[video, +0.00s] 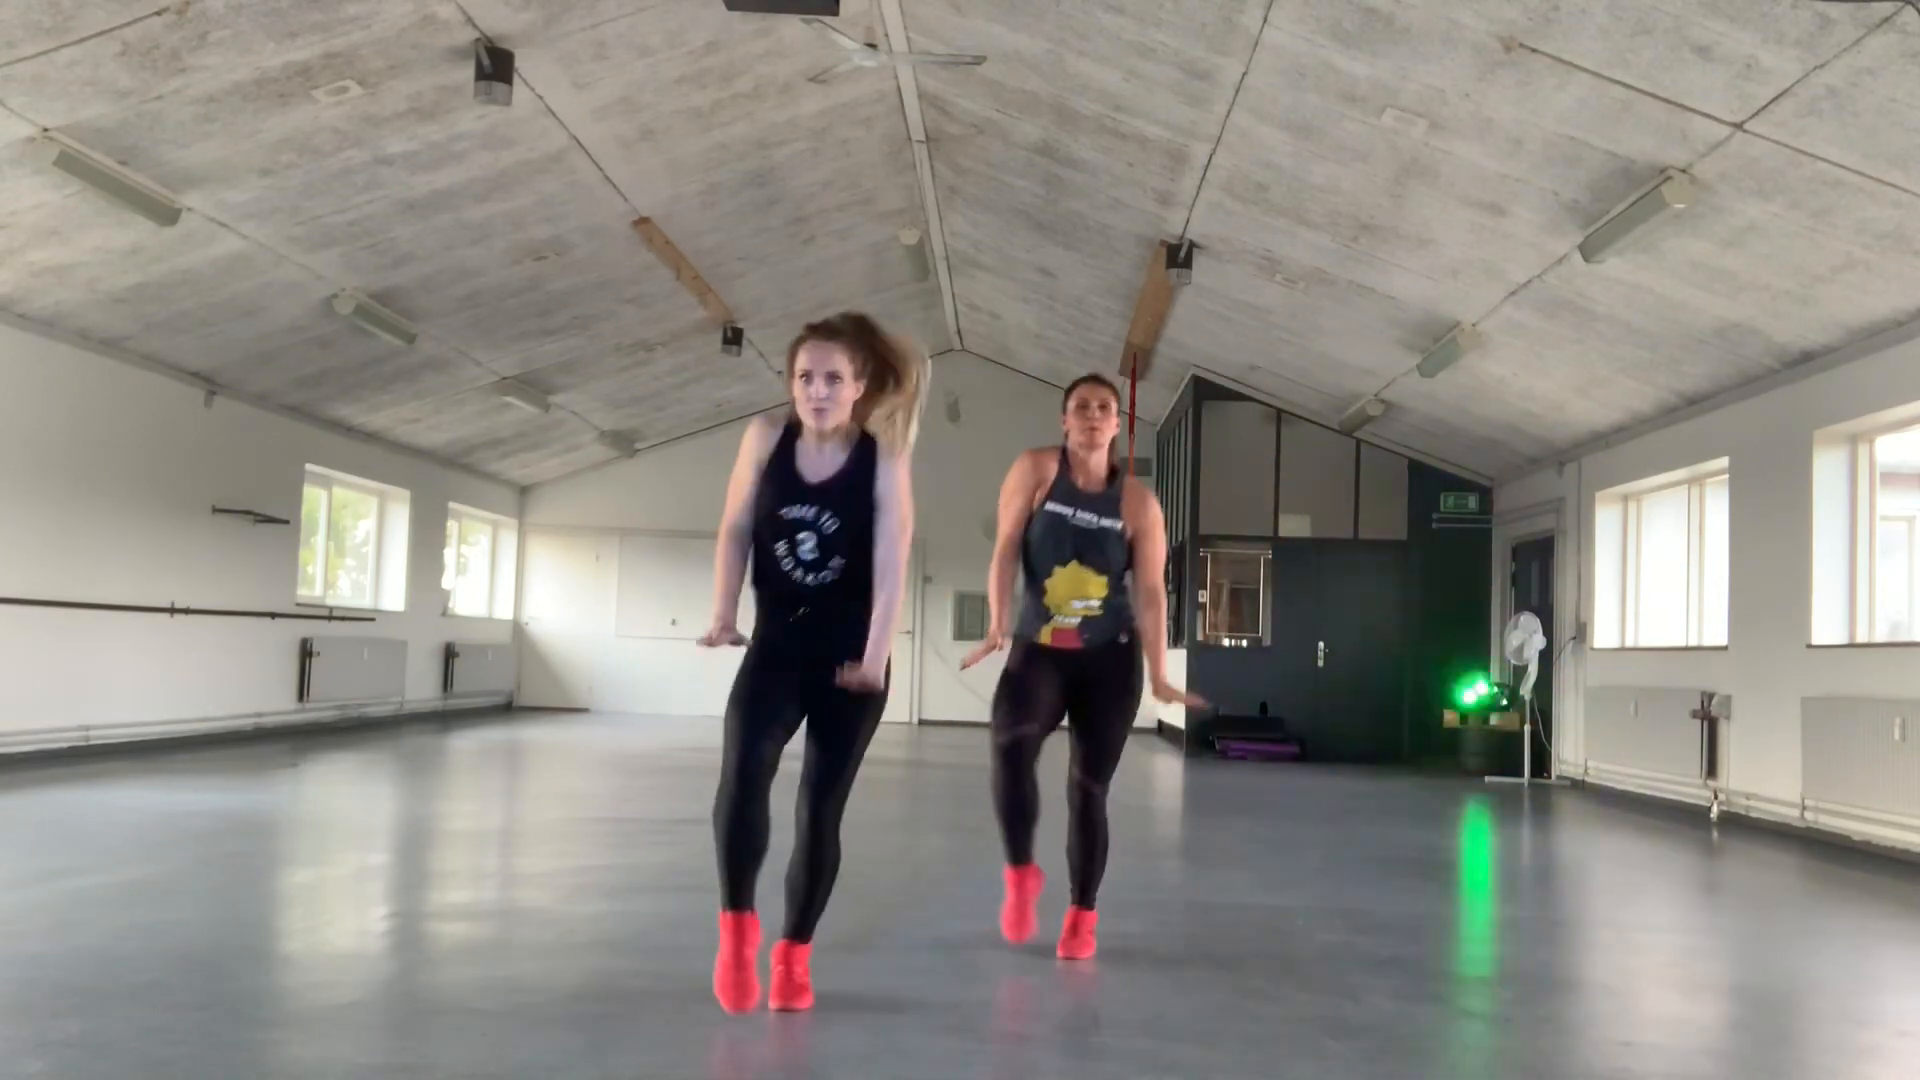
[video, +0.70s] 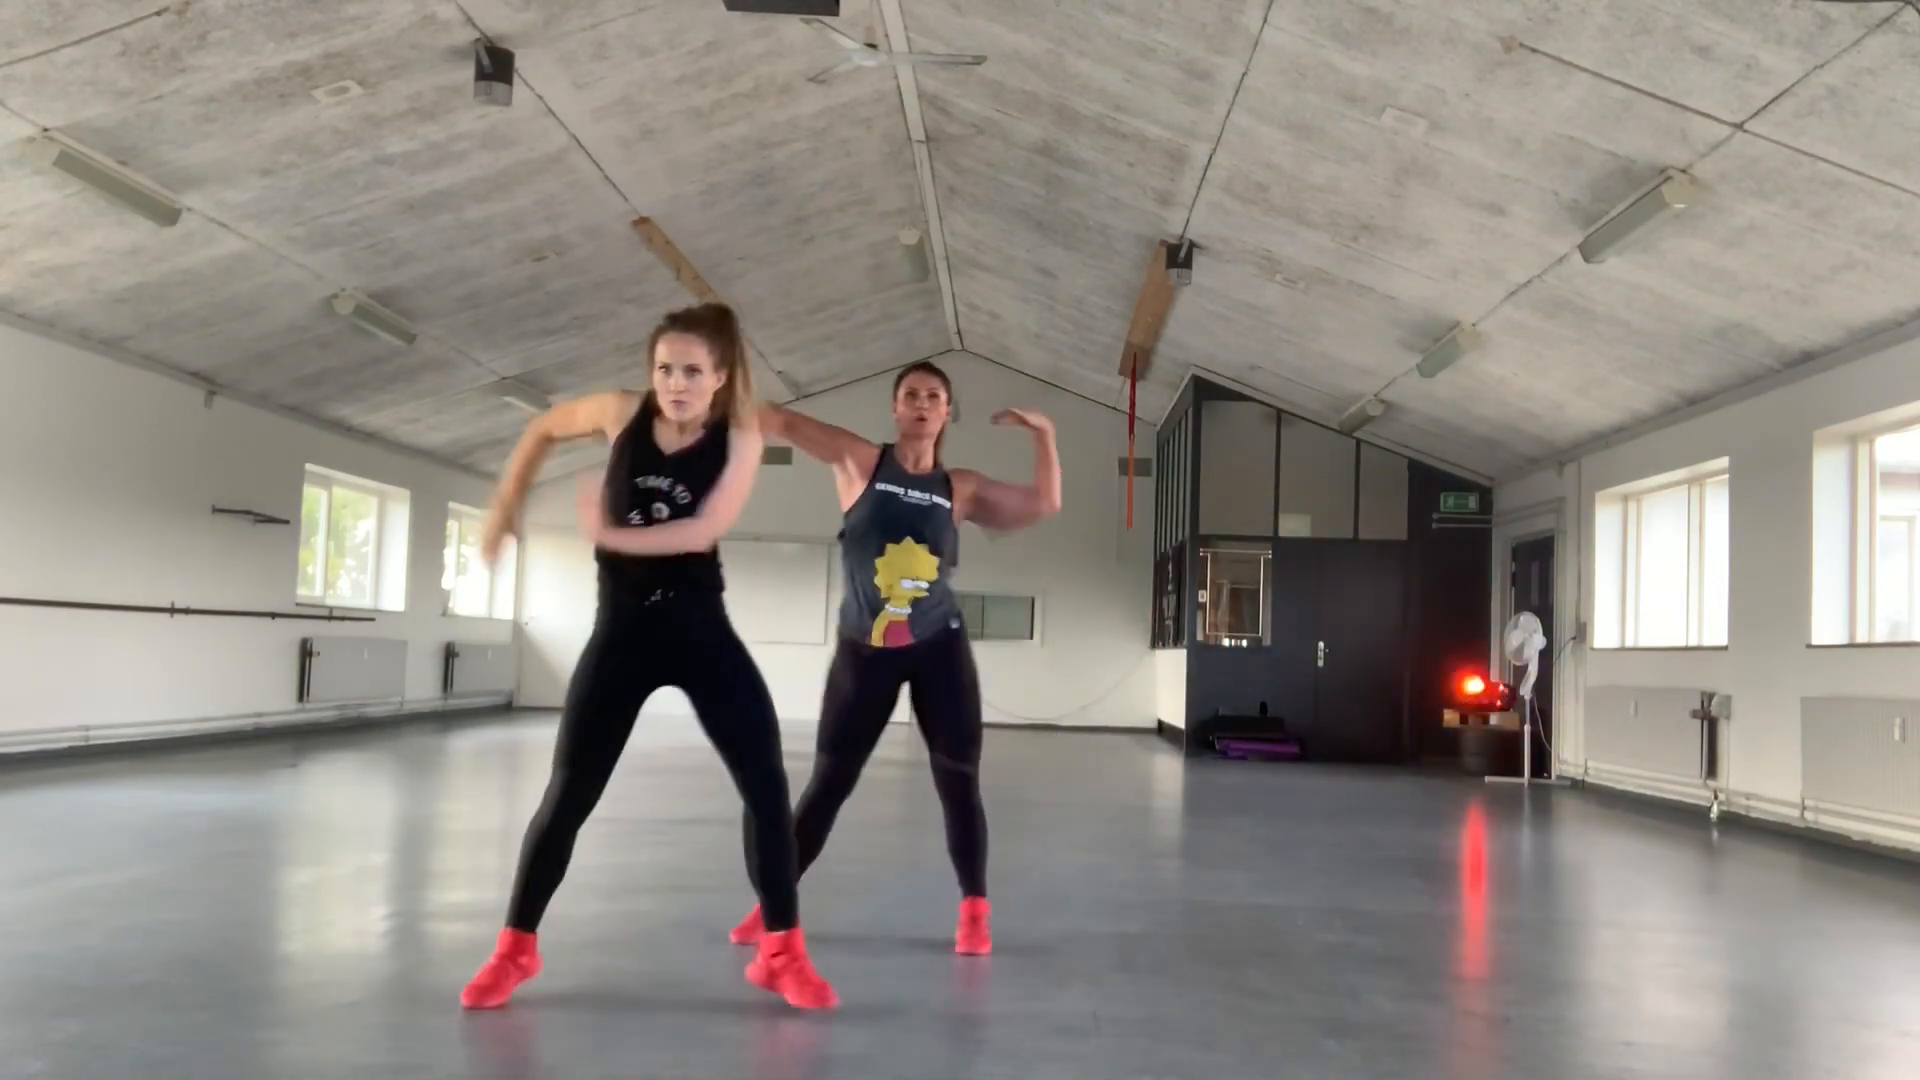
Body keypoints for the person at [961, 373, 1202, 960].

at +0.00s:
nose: (1092, 417)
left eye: (1104, 409)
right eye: (1082, 408)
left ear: (1119, 422)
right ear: (1064, 420)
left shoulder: (1139, 501)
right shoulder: (1033, 470)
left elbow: (1151, 591)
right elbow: (1006, 550)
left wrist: (1158, 675)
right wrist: (998, 625)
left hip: (1110, 659)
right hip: (1039, 653)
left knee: (1089, 788)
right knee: (1011, 742)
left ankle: (1083, 912)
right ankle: (1021, 872)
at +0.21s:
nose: (1048, 396)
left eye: (1059, 389)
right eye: (1038, 387)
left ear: (1074, 405)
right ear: (1019, 399)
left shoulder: (1093, 484)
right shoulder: (984, 465)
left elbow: (1105, 575)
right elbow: (951, 549)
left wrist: (1090, 639)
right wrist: (930, 619)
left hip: (1060, 646)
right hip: (983, 641)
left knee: (1064, 781)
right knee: (956, 762)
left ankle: (1076, 909)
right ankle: (951, 889)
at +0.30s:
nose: (1016, 396)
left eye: (1028, 388)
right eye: (1006, 387)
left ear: (1044, 403)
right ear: (989, 400)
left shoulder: (1068, 478)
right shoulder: (955, 470)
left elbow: (1100, 560)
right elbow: (916, 552)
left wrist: (1085, 632)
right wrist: (853, 593)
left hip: (1026, 647)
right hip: (951, 642)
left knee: (1041, 772)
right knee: (955, 775)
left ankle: (1035, 897)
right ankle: (946, 906)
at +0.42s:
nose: (981, 400)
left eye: (992, 392)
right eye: (971, 390)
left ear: (1008, 406)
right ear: (954, 402)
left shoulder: (1033, 480)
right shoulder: (923, 476)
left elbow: (1076, 560)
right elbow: (873, 540)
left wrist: (1110, 630)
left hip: (994, 649)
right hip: (925, 642)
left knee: (968, 779)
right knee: (894, 762)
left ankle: (979, 903)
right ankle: (925, 895)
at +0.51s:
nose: (966, 402)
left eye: (977, 394)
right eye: (956, 393)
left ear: (994, 410)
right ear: (939, 406)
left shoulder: (1014, 486)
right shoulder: (907, 474)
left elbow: (1059, 561)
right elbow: (839, 515)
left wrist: (1126, 598)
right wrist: (860, 454)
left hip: (986, 650)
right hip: (920, 649)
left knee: (965, 783)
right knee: (850, 751)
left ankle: (976, 907)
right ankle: (891, 884)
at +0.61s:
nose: (946, 402)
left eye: (957, 395)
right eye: (936, 393)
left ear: (970, 412)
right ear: (916, 405)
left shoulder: (983, 489)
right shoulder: (874, 465)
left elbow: (1034, 556)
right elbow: (783, 458)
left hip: (972, 645)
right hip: (900, 648)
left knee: (966, 775)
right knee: (833, 754)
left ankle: (982, 905)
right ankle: (808, 891)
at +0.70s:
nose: (920, 404)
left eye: (931, 397)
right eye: (911, 395)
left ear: (948, 413)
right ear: (893, 408)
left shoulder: (960, 487)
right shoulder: (856, 458)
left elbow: (1044, 501)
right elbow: (781, 424)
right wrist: (720, 405)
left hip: (940, 650)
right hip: (865, 651)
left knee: (958, 781)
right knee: (829, 783)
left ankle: (974, 905)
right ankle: (773, 904)